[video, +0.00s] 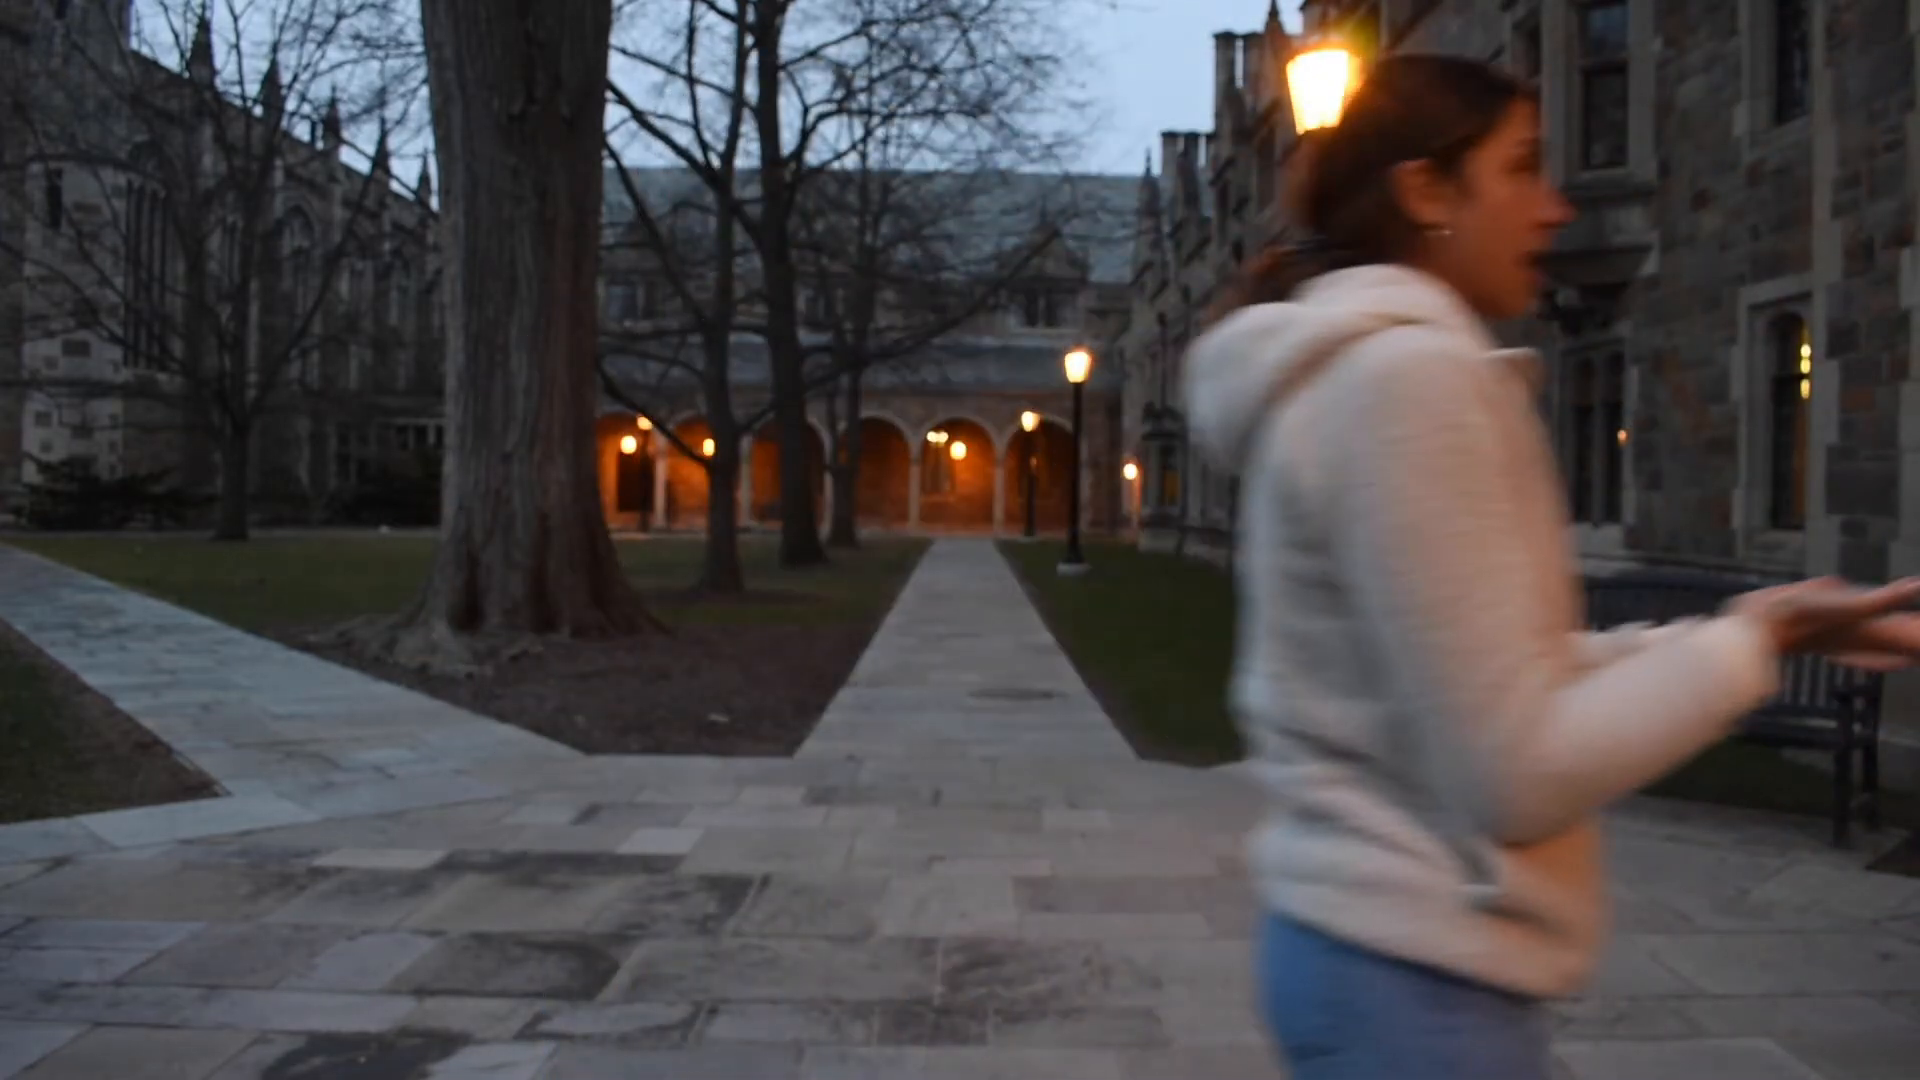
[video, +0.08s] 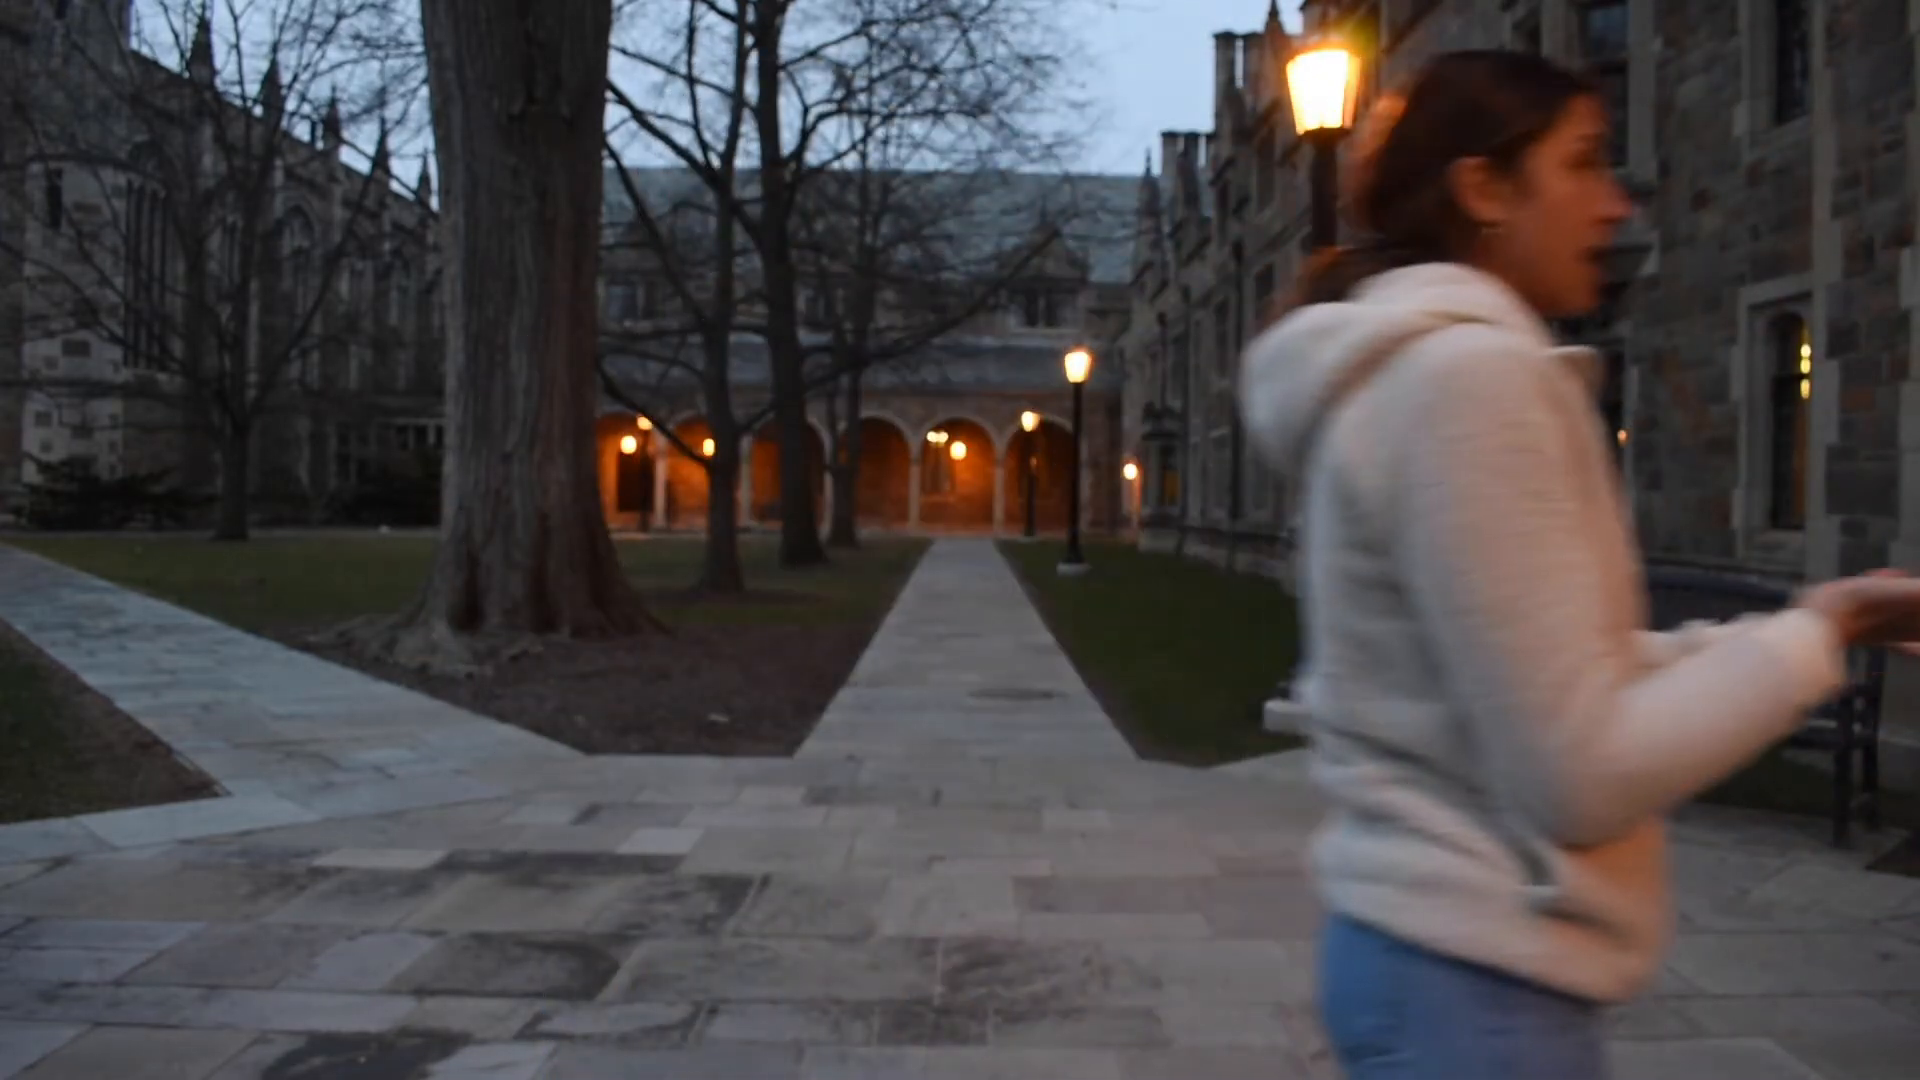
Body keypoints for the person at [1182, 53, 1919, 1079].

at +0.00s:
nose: (1557, 210)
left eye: (1544, 173)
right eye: (1524, 169)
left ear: (1430, 195)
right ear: (1424, 191)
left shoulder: (1364, 362)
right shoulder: (1412, 374)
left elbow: (1519, 676)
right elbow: (1508, 771)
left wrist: (1755, 631)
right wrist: (1750, 645)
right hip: (1415, 981)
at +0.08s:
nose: (1618, 205)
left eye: (1606, 167)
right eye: (1586, 165)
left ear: (1486, 194)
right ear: (1483, 189)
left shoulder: (1432, 361)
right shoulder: (1471, 375)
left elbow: (1580, 676)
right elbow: (1577, 772)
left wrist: (1809, 625)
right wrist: (1810, 640)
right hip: (1474, 986)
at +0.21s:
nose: (1707, 200)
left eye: (1694, 160)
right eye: (1669, 158)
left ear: (1573, 189)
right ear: (1564, 184)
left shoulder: (1540, 361)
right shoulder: (1543, 374)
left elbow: (1672, 669)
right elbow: (1639, 767)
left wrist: (1876, 647)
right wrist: (1885, 654)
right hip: (1542, 990)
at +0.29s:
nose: (1764, 191)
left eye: (1751, 153)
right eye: (1725, 152)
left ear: (1621, 189)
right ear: (1614, 182)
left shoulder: (1592, 356)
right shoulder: (1583, 366)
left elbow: (1701, 681)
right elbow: (1670, 764)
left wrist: (1890, 659)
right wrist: (1905, 663)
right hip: (1582, 991)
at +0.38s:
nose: (1820, 191)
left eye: (1807, 155)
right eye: (1777, 151)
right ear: (1661, 183)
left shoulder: (1666, 360)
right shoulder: (1619, 367)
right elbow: (1697, 765)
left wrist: (1895, 671)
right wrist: (1907, 673)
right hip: (1618, 988)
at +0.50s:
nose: (1894, 203)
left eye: (1889, 166)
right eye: (1845, 162)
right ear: (1725, 196)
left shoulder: (1796, 387)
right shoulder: (1668, 384)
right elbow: (1737, 768)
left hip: (1827, 996)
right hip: (1687, 998)